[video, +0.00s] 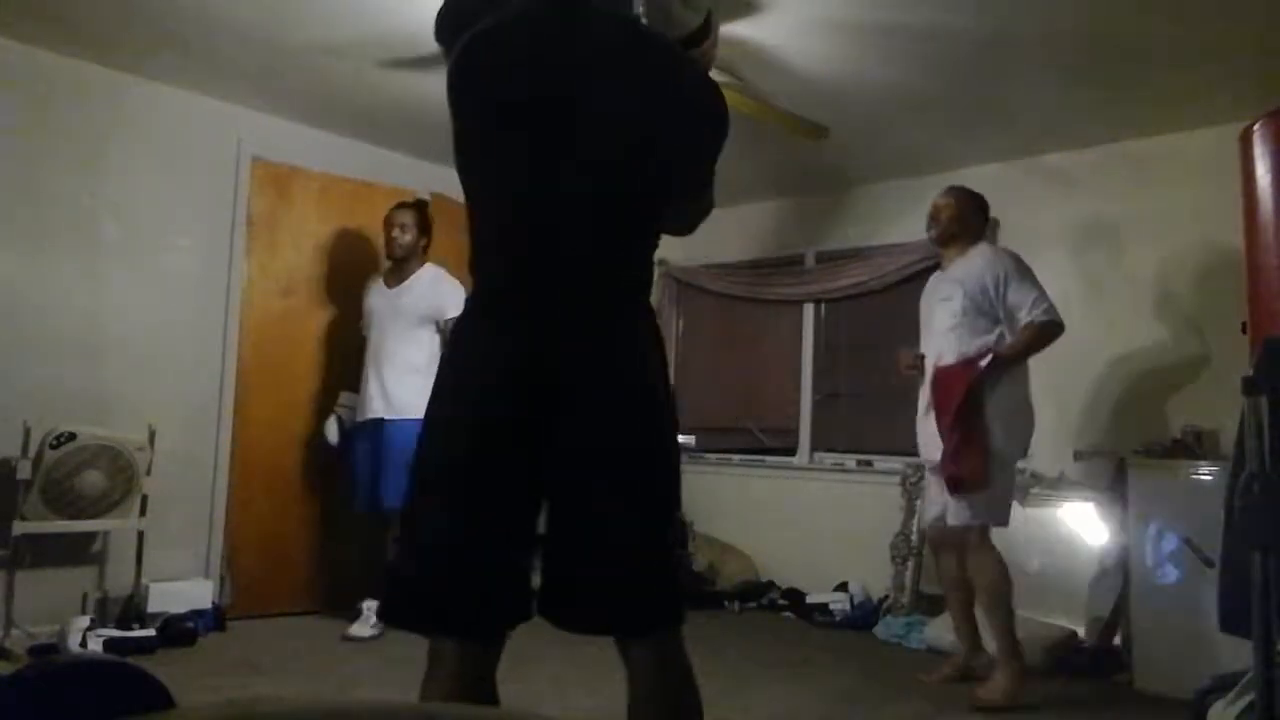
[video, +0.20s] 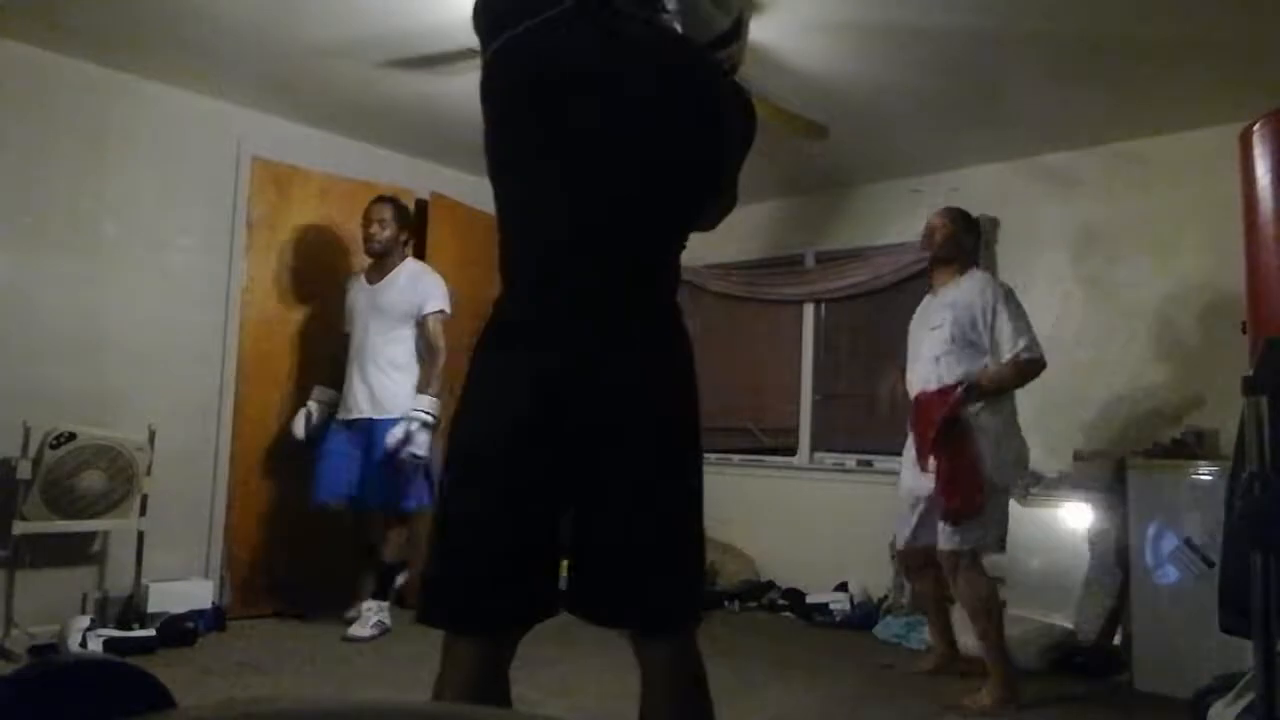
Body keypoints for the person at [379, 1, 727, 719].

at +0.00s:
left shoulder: (479, 58)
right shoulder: (676, 82)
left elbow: (455, 15)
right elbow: (682, 211)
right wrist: (688, 74)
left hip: (493, 362)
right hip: (614, 368)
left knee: (461, 640)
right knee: (650, 635)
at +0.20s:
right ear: (656, 2)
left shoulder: (512, 62)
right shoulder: (708, 92)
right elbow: (709, 208)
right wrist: (717, 79)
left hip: (523, 367)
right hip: (643, 375)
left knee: (476, 643)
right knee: (666, 641)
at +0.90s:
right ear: (709, 1)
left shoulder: (562, 61)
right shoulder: (747, 79)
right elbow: (773, 201)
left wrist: (729, 60)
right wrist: (773, 78)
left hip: (580, 353)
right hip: (698, 361)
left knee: (500, 612)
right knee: (707, 642)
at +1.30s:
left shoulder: (488, 57)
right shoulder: (696, 72)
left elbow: (521, 209)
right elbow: (739, 248)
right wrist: (681, 138)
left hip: (534, 358)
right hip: (654, 362)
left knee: (472, 634)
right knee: (678, 644)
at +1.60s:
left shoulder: (427, 65)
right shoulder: (624, 55)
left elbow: (445, 247)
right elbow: (688, 231)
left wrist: (620, 303)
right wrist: (594, 198)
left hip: (477, 368)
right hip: (603, 370)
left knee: (446, 632)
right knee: (646, 639)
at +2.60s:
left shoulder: (515, 58)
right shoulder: (714, 60)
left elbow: (513, 238)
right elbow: (790, 237)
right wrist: (701, 200)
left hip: (550, 362)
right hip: (672, 365)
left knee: (480, 638)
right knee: (680, 647)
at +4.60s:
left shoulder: (419, 46)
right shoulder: (633, 22)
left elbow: (453, 228)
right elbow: (752, 172)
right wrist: (628, 145)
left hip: (467, 359)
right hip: (598, 363)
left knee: (433, 656)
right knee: (641, 659)